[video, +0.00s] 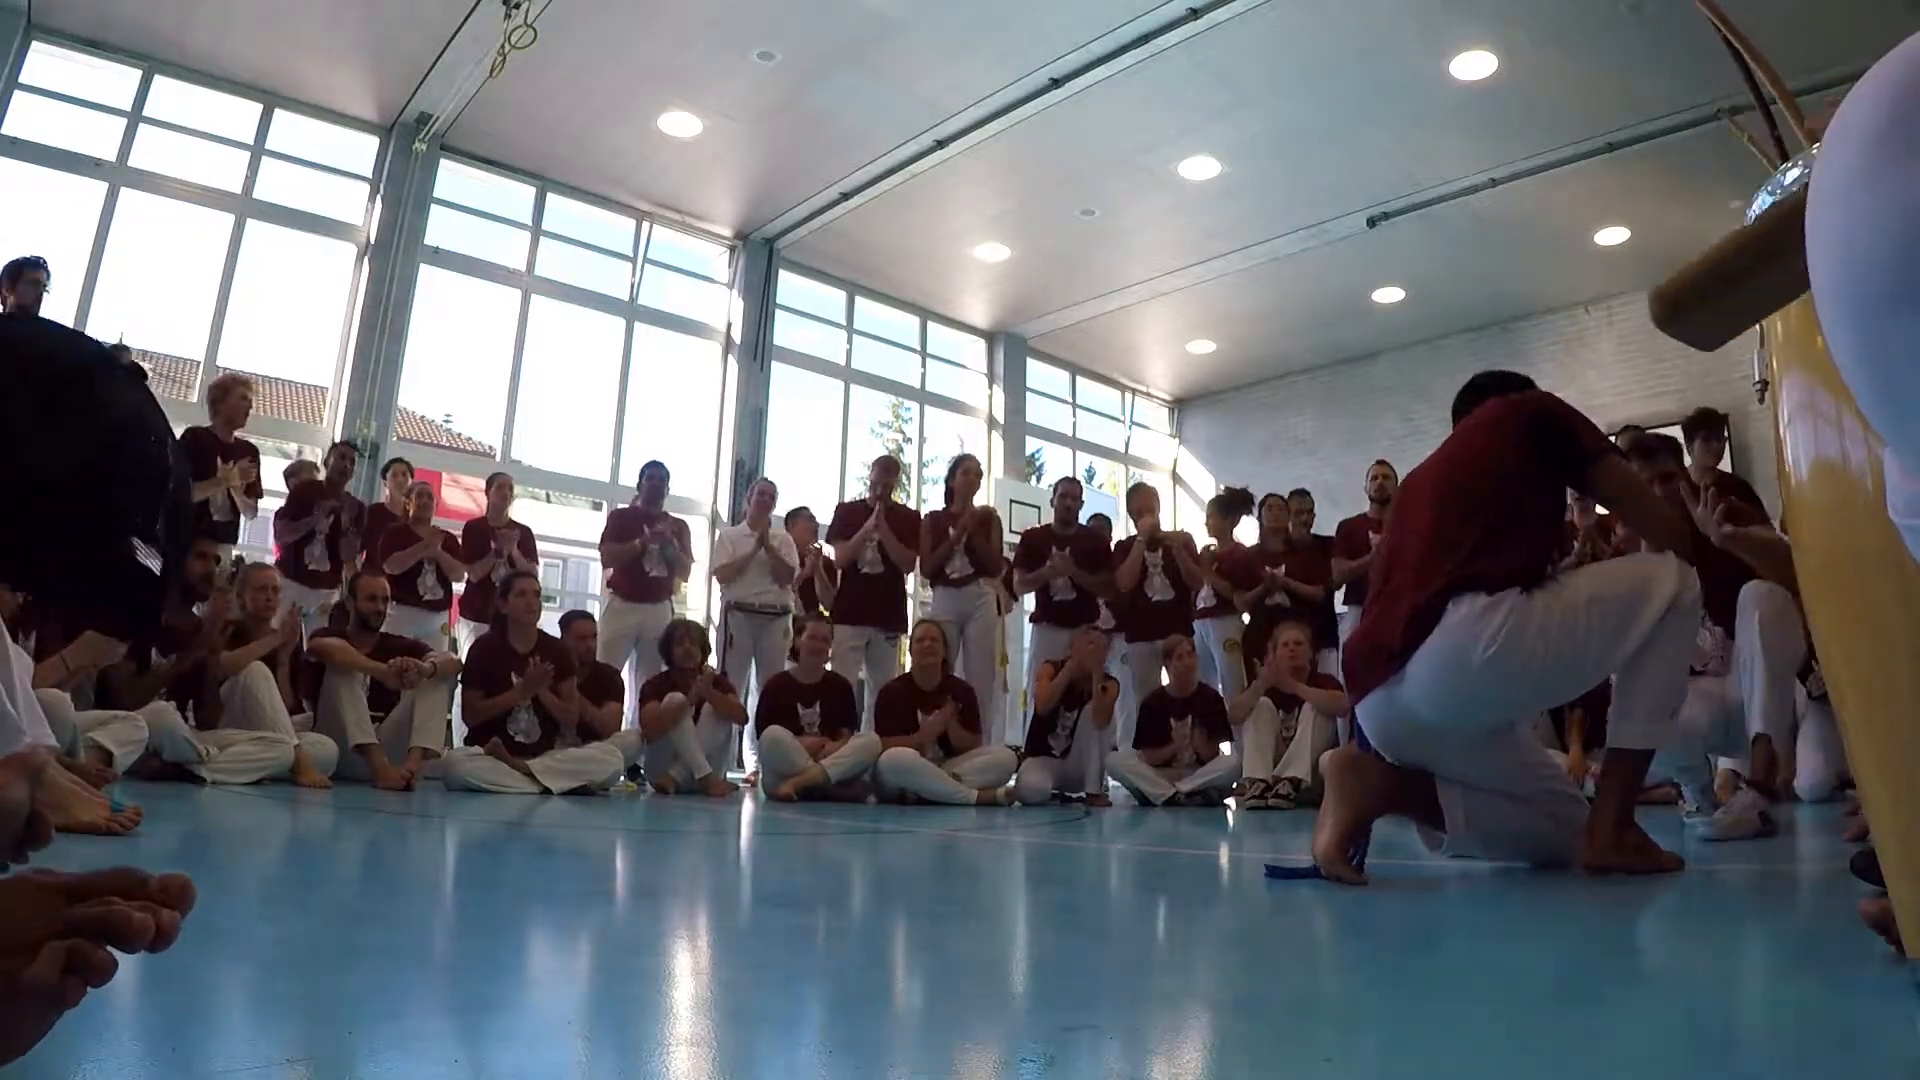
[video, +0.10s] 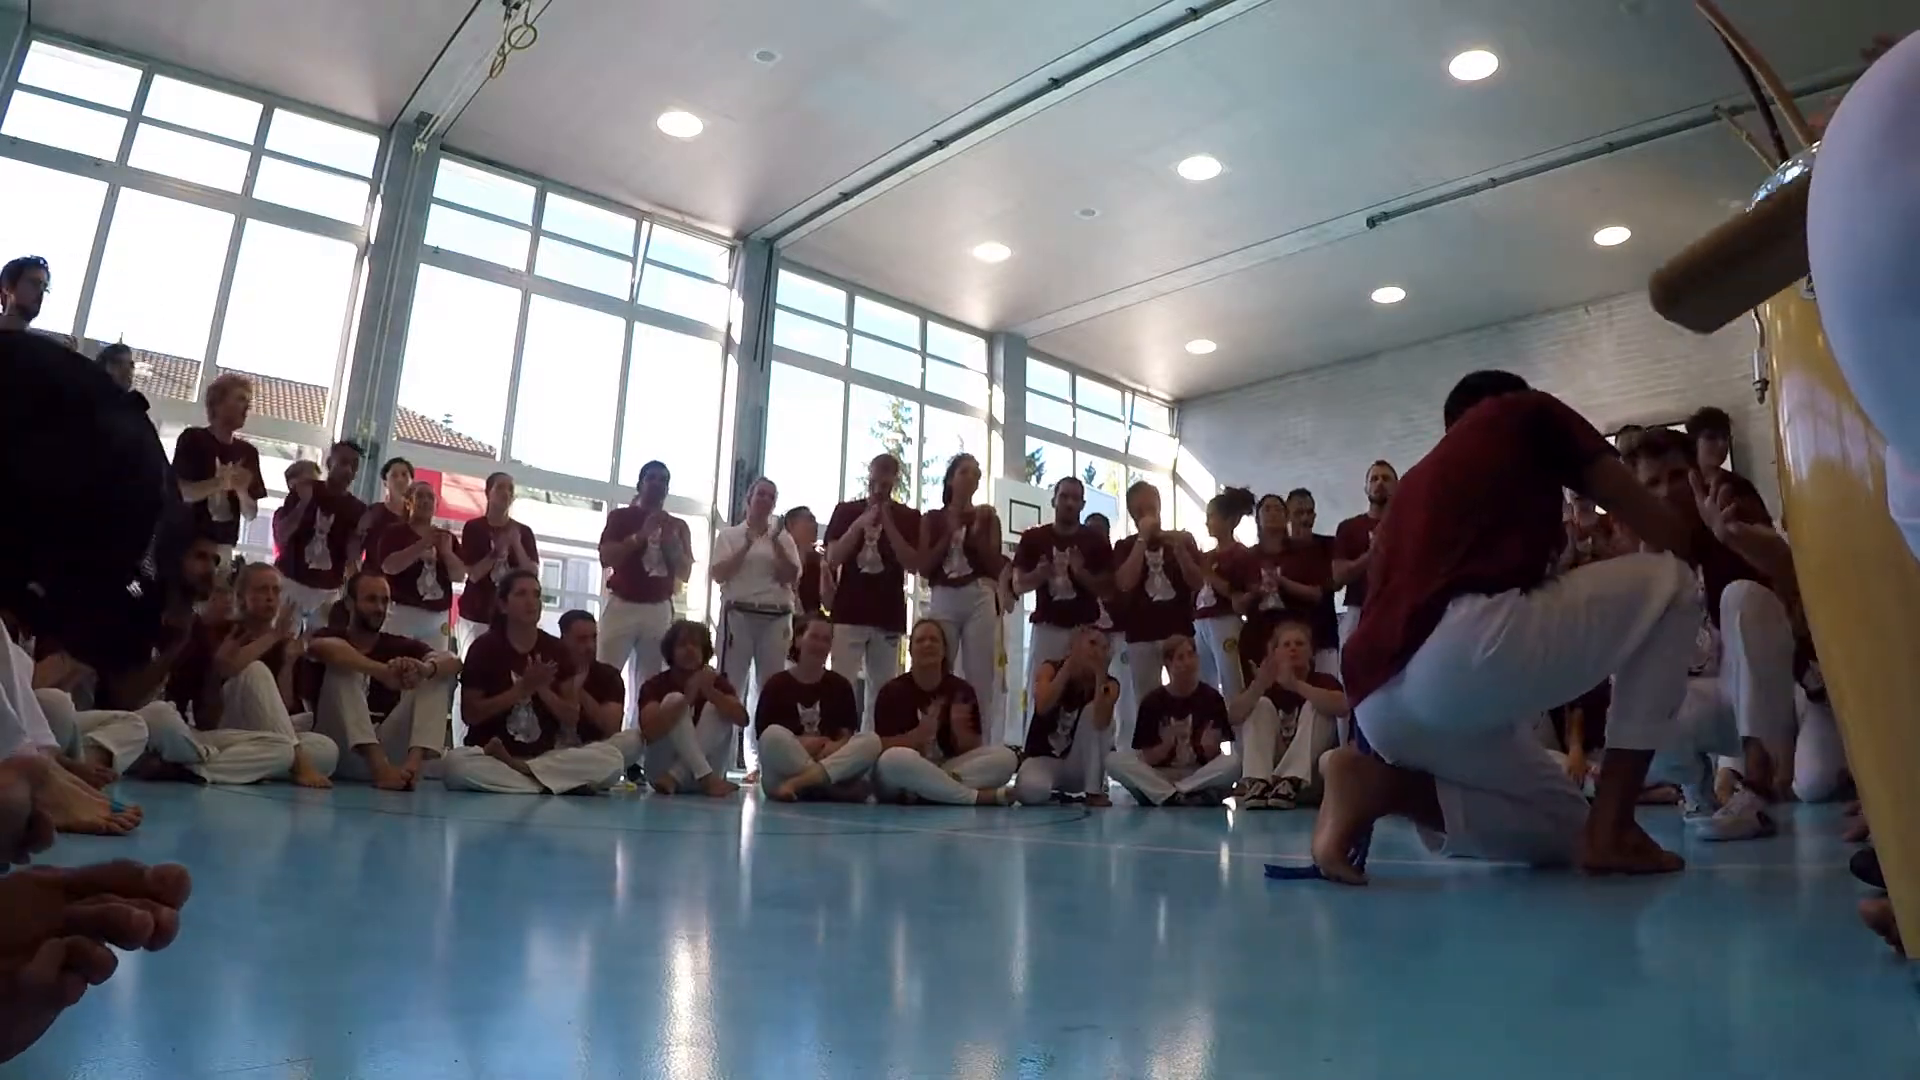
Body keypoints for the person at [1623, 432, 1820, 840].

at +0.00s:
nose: (1659, 493)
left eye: (1667, 480)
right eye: (1646, 485)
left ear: (1686, 475)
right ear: (1632, 490)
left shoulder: (1727, 493)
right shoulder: (1637, 531)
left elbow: (1783, 567)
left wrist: (1722, 535)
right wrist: (1644, 533)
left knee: (1760, 596)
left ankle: (1762, 769)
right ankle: (1697, 783)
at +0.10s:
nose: (1669, 491)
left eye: (1677, 476)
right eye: (1654, 484)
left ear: (1697, 474)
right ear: (1635, 491)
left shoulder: (1728, 507)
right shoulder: (1636, 541)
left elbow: (1785, 572)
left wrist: (1731, 535)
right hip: (1689, 684)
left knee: (1744, 596)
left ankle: (1754, 790)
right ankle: (1695, 778)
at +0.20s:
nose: (1673, 485)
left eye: (1684, 473)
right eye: (1661, 477)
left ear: (1705, 474)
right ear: (1645, 483)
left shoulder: (1733, 503)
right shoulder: (1639, 533)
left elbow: (1771, 564)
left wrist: (1728, 540)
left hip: (1754, 686)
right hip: (1684, 692)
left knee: (1737, 596)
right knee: (1629, 712)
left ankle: (1753, 793)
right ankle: (1697, 778)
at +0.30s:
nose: (1678, 482)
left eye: (1692, 468)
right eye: (1668, 471)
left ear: (1723, 467)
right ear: (1655, 477)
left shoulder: (1747, 504)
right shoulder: (1649, 523)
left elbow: (1760, 556)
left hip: (1766, 685)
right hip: (1695, 689)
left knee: (1733, 598)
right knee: (1619, 722)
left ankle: (1749, 793)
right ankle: (1699, 780)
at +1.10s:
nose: (1703, 497)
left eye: (1713, 484)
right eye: (1690, 486)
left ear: (1736, 478)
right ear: (1669, 484)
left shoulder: (1765, 511)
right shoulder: (1649, 524)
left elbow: (1790, 603)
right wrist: (1618, 553)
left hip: (1778, 676)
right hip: (1692, 682)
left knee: (1715, 614)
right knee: (1587, 765)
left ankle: (1747, 787)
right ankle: (1718, 772)